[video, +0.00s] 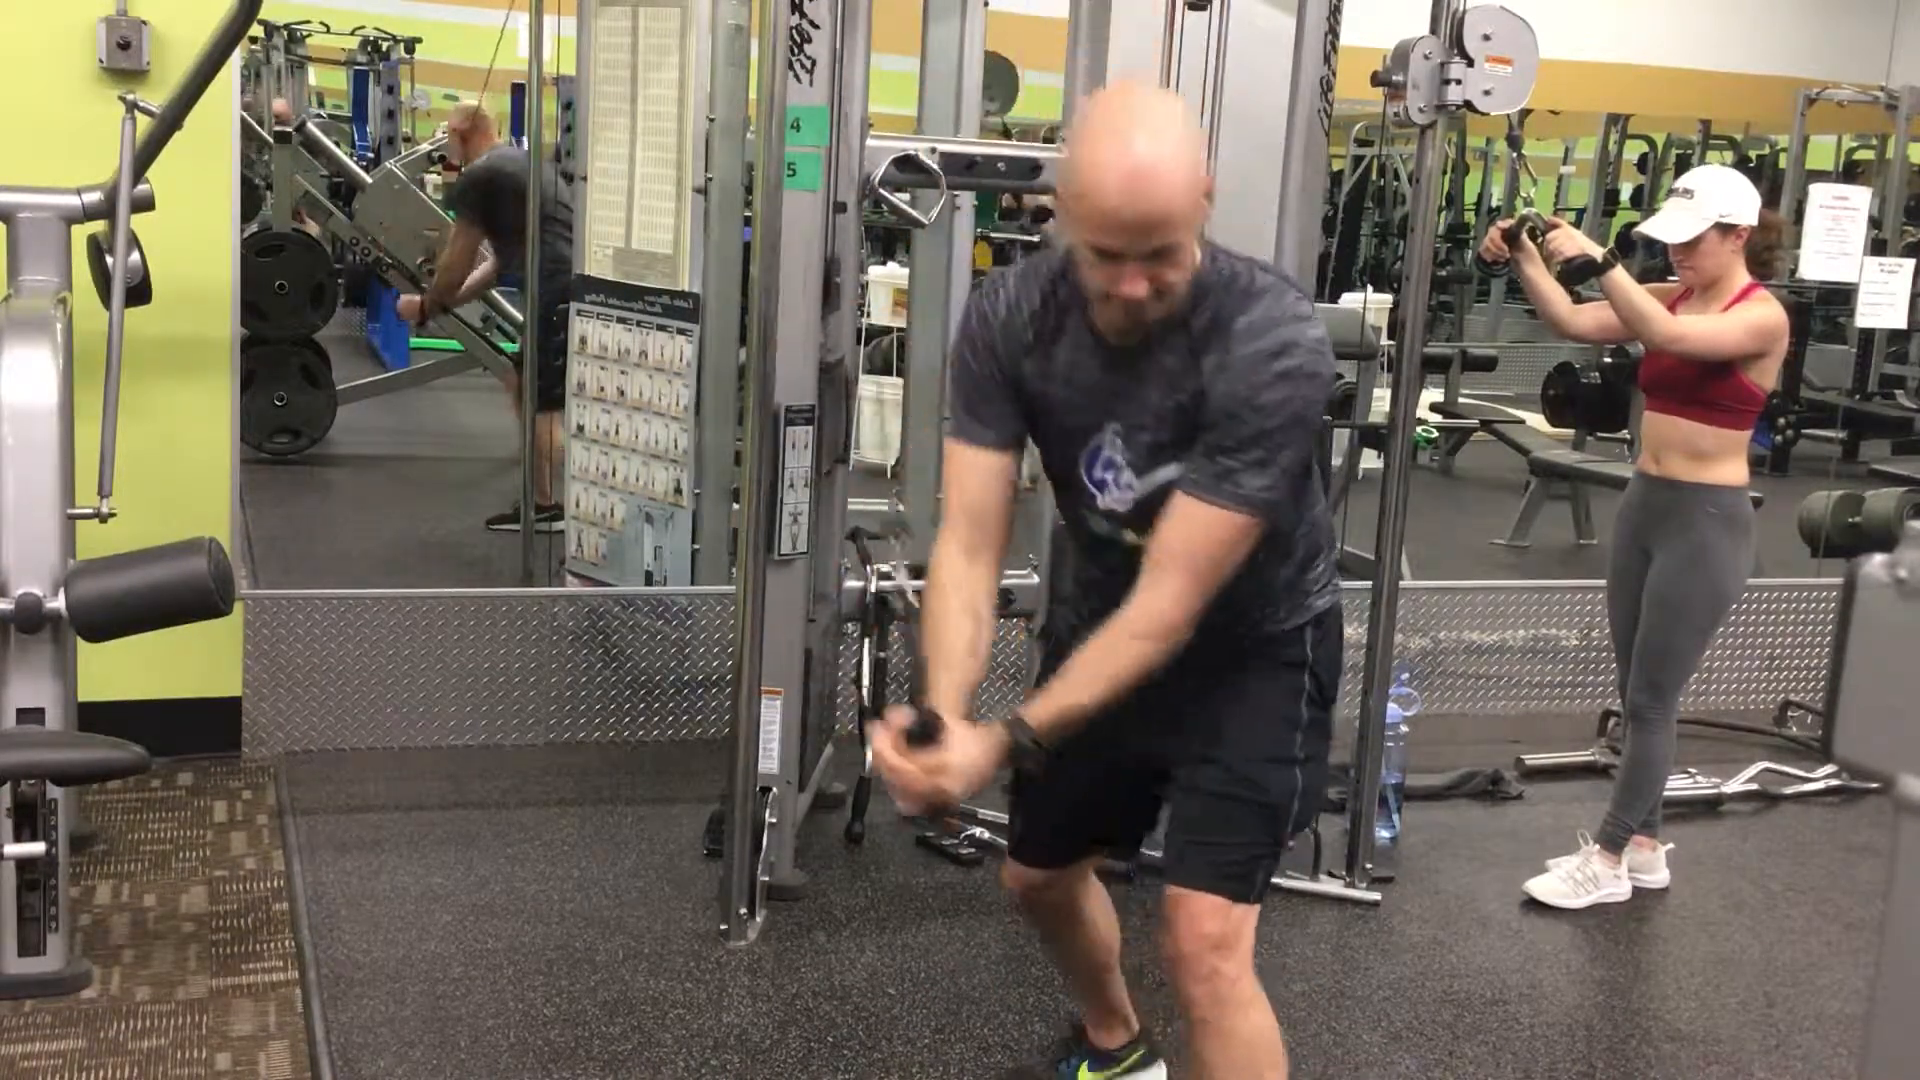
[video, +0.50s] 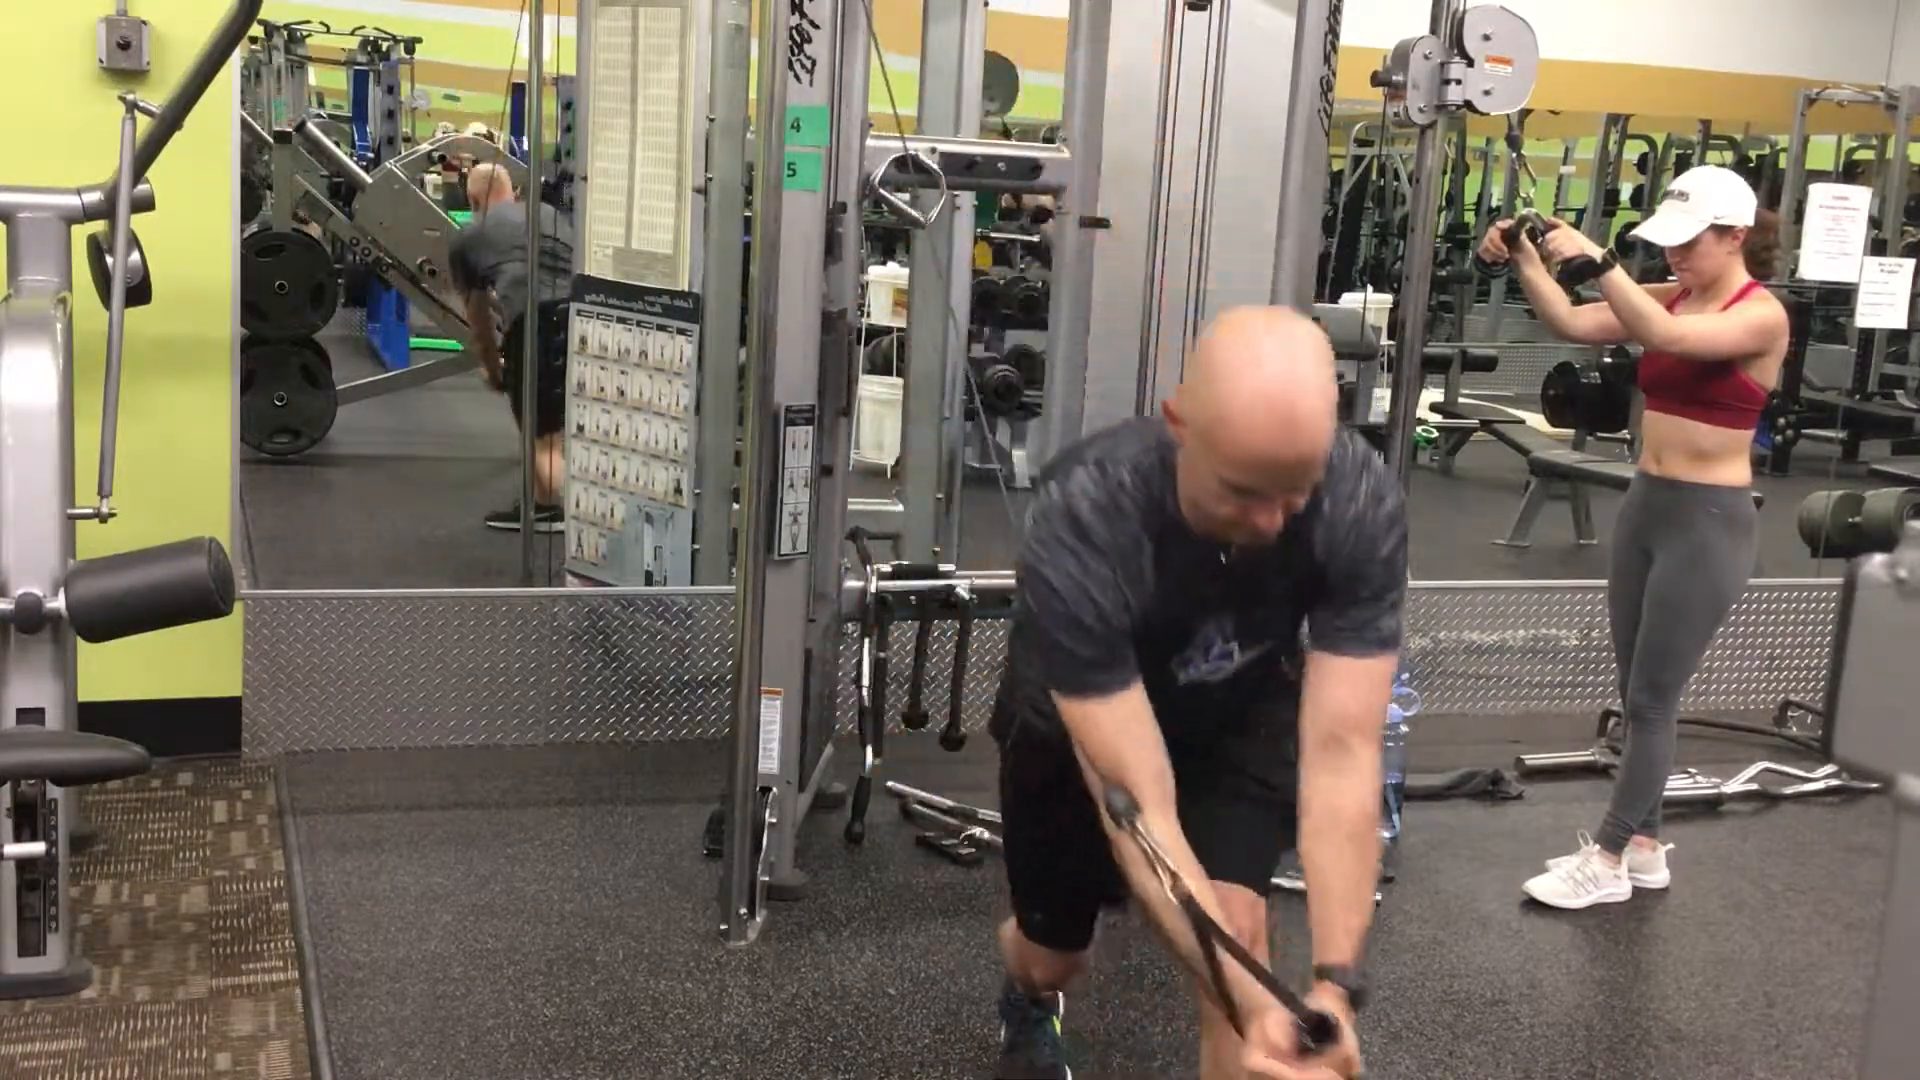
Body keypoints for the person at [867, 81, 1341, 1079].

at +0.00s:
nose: (1131, 286)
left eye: (1161, 256)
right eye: (1103, 256)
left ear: (1204, 211)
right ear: (1061, 212)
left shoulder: (1273, 339)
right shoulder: (1007, 314)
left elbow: (1165, 606)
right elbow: (967, 545)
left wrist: (1007, 735)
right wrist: (946, 712)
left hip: (1256, 638)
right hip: (1100, 618)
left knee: (1204, 936)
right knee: (1043, 880)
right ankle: (1117, 1042)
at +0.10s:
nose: (1166, 326)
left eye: (1195, 296)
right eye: (1136, 296)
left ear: (1235, 245)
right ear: (1086, 238)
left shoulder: (1297, 368)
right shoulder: (1017, 350)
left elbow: (1212, 619)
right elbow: (992, 587)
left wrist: (1076, 790)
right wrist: (1003, 758)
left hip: (1258, 640)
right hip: (1100, 623)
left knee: (1212, 947)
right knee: (1036, 868)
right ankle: (1096, 1019)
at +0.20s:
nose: (1204, 367)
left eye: (1232, 335)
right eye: (1174, 336)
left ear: (1269, 279)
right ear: (1117, 273)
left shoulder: (1321, 395)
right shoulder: (1038, 384)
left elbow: (1254, 648)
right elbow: (1038, 645)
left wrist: (1157, 835)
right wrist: (1065, 824)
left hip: (1252, 656)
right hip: (1101, 652)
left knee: (1224, 939)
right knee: (1036, 901)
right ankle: (1050, 1003)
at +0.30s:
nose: (1237, 415)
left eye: (1261, 384)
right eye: (1206, 386)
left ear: (1295, 336)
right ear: (1144, 318)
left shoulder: (1343, 434)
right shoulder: (1057, 436)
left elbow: (1297, 679)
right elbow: (1079, 703)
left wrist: (1233, 889)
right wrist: (1139, 885)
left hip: (1236, 690)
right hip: (1097, 686)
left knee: (1240, 962)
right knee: (1049, 924)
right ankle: (1028, 993)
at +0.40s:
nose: (1259, 471)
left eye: (1284, 439)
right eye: (1228, 443)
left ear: (1315, 386)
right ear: (1162, 371)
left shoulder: (1356, 473)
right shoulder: (1073, 475)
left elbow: (1322, 719)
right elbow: (1109, 756)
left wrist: (1291, 934)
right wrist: (1203, 942)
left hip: (1243, 719)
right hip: (1088, 706)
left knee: (1246, 946)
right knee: (1050, 941)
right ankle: (1032, 1002)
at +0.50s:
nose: (1270, 521)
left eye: (1296, 493)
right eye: (1241, 493)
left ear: (1325, 441)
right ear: (1176, 424)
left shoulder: (1359, 507)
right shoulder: (1082, 517)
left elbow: (1345, 753)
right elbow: (1134, 804)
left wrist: (1335, 982)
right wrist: (1255, 1006)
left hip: (1238, 718)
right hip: (1079, 716)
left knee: (1236, 950)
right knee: (1053, 959)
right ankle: (1031, 1006)